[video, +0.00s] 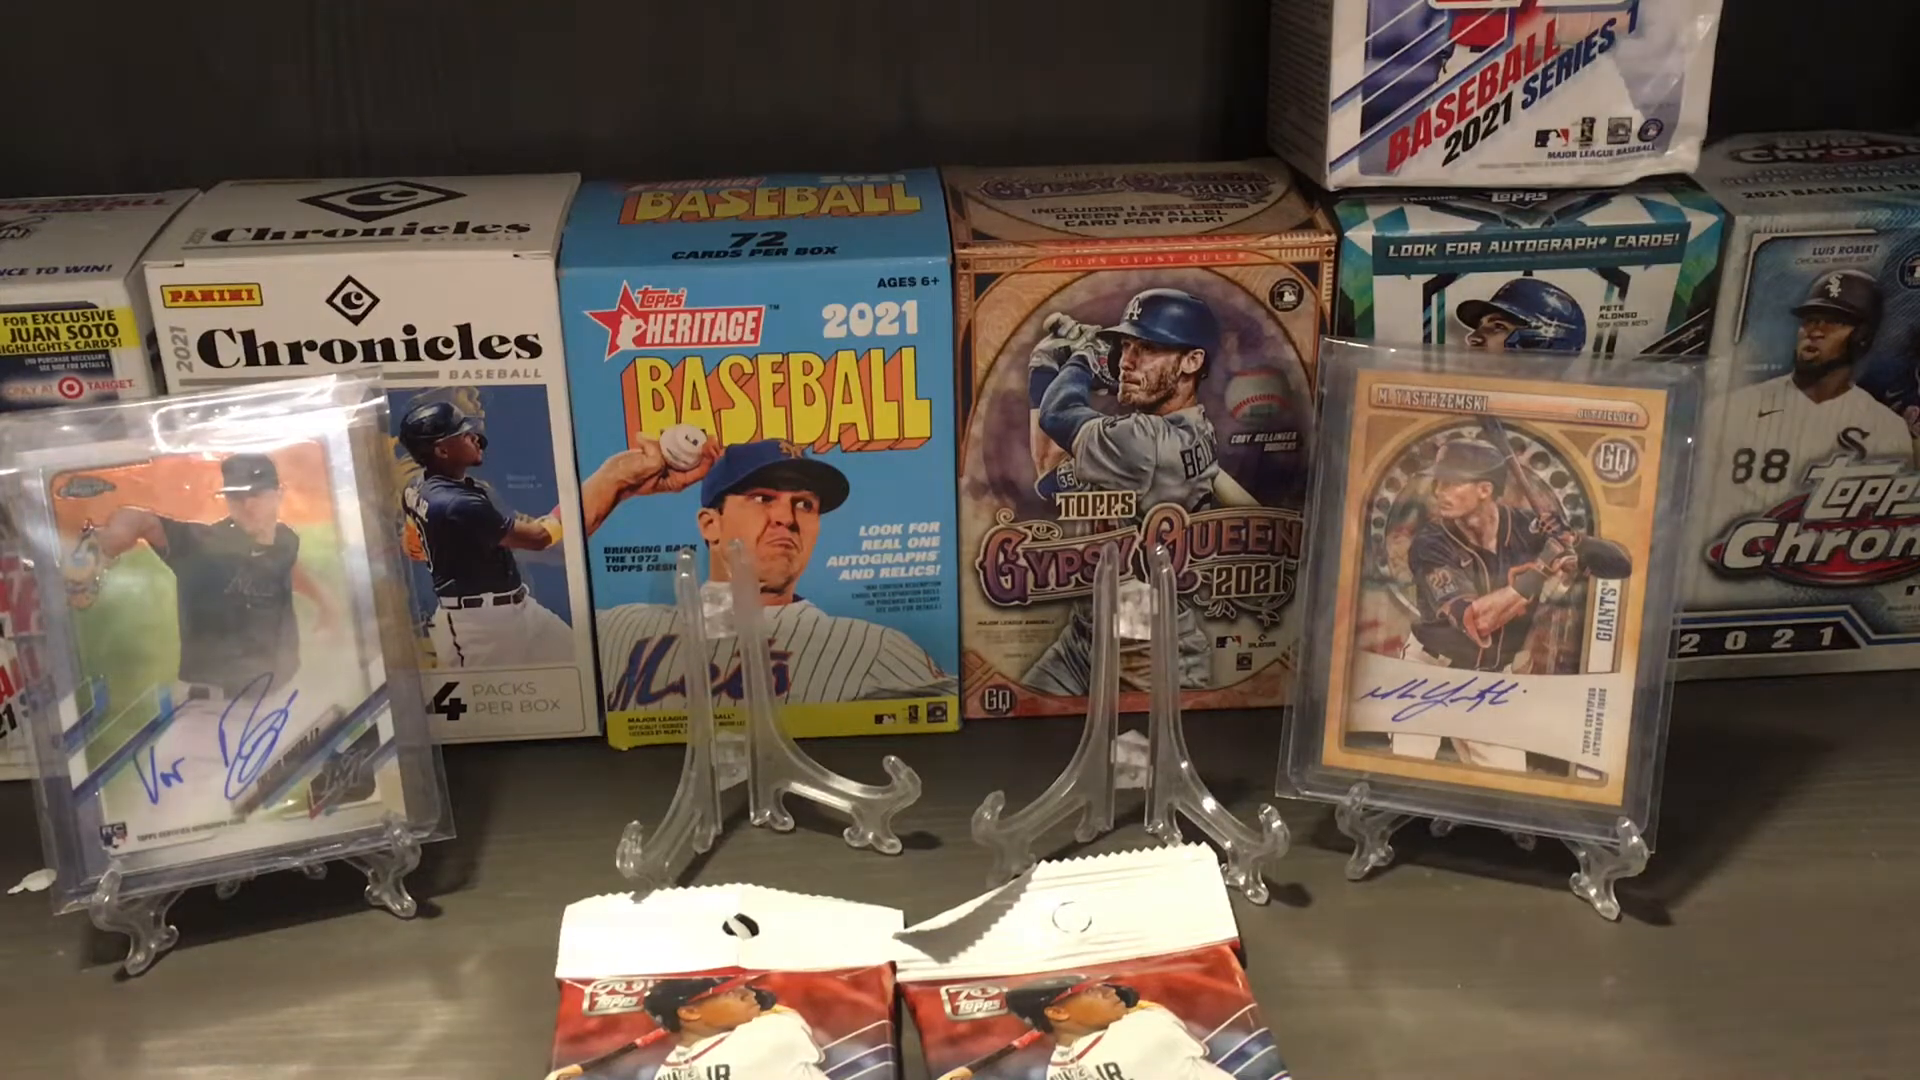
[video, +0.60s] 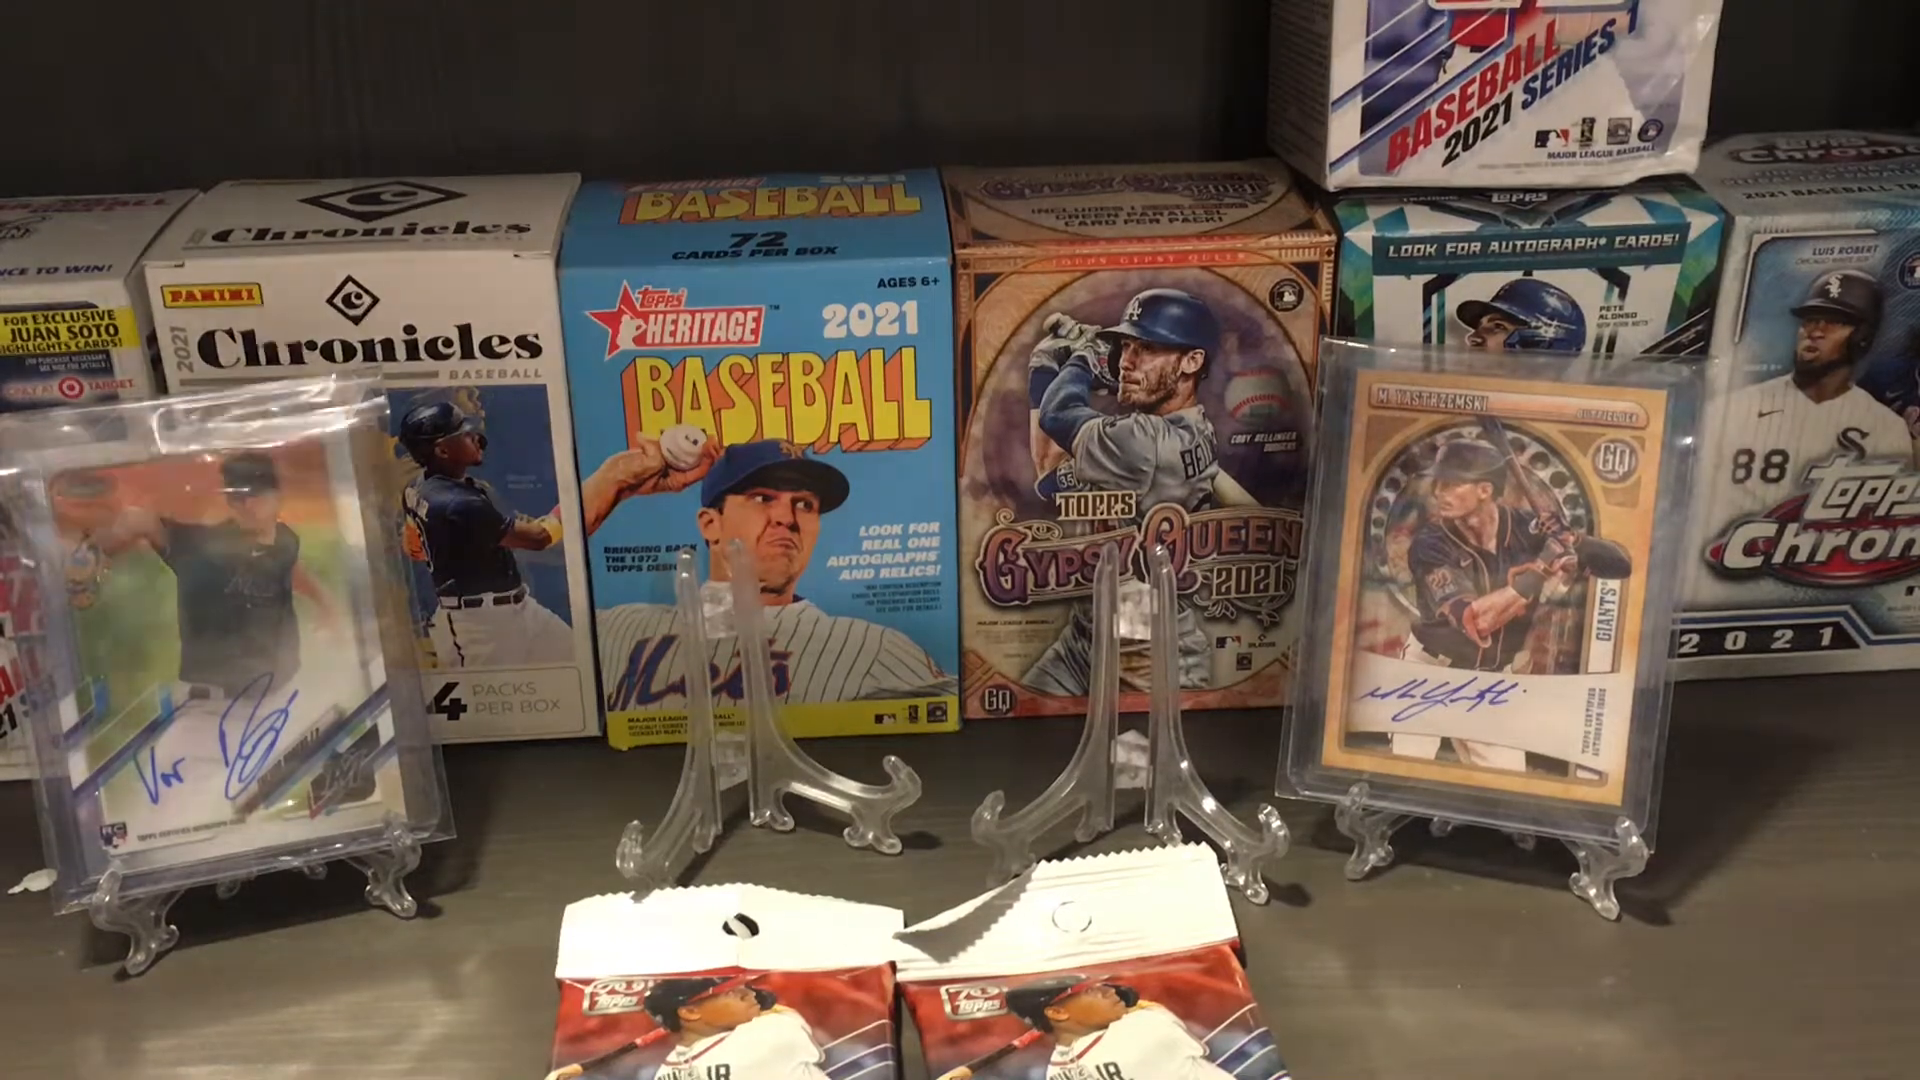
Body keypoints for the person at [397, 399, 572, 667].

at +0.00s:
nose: (475, 436)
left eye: (469, 430)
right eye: (464, 433)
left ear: (442, 450)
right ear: (441, 449)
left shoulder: (420, 489)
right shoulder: (461, 506)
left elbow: (501, 526)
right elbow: (539, 537)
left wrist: (542, 523)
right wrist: (561, 517)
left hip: (519, 609)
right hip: (474, 622)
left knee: (587, 662)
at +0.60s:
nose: (475, 435)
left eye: (469, 429)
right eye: (464, 432)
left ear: (442, 451)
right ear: (442, 450)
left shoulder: (421, 489)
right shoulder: (463, 506)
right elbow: (538, 538)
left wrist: (538, 523)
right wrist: (561, 517)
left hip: (520, 608)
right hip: (476, 622)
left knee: (587, 662)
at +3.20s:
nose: (476, 437)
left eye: (470, 430)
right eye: (465, 433)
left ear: (442, 451)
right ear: (442, 450)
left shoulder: (420, 489)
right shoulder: (460, 506)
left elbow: (414, 545)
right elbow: (538, 537)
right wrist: (569, 510)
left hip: (520, 609)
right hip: (473, 623)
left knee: (587, 663)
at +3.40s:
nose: (476, 437)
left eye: (470, 431)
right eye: (465, 433)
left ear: (442, 451)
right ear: (442, 450)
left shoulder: (420, 489)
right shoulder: (460, 506)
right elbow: (538, 537)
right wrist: (570, 510)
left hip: (520, 609)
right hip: (474, 623)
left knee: (587, 664)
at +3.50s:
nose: (476, 437)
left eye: (470, 431)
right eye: (465, 433)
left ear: (443, 451)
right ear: (442, 450)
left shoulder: (420, 490)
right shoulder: (459, 507)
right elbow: (538, 538)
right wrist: (570, 509)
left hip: (520, 609)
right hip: (474, 623)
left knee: (588, 664)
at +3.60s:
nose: (476, 437)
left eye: (470, 431)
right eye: (465, 433)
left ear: (442, 451)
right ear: (442, 450)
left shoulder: (419, 490)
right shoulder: (460, 506)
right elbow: (538, 537)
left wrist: (541, 523)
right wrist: (568, 512)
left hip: (520, 609)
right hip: (474, 623)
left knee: (587, 664)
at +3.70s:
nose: (476, 437)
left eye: (470, 431)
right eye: (465, 433)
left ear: (442, 451)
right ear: (442, 450)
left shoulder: (419, 490)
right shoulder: (459, 506)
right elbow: (538, 537)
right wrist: (568, 511)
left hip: (520, 609)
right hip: (474, 623)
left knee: (588, 663)